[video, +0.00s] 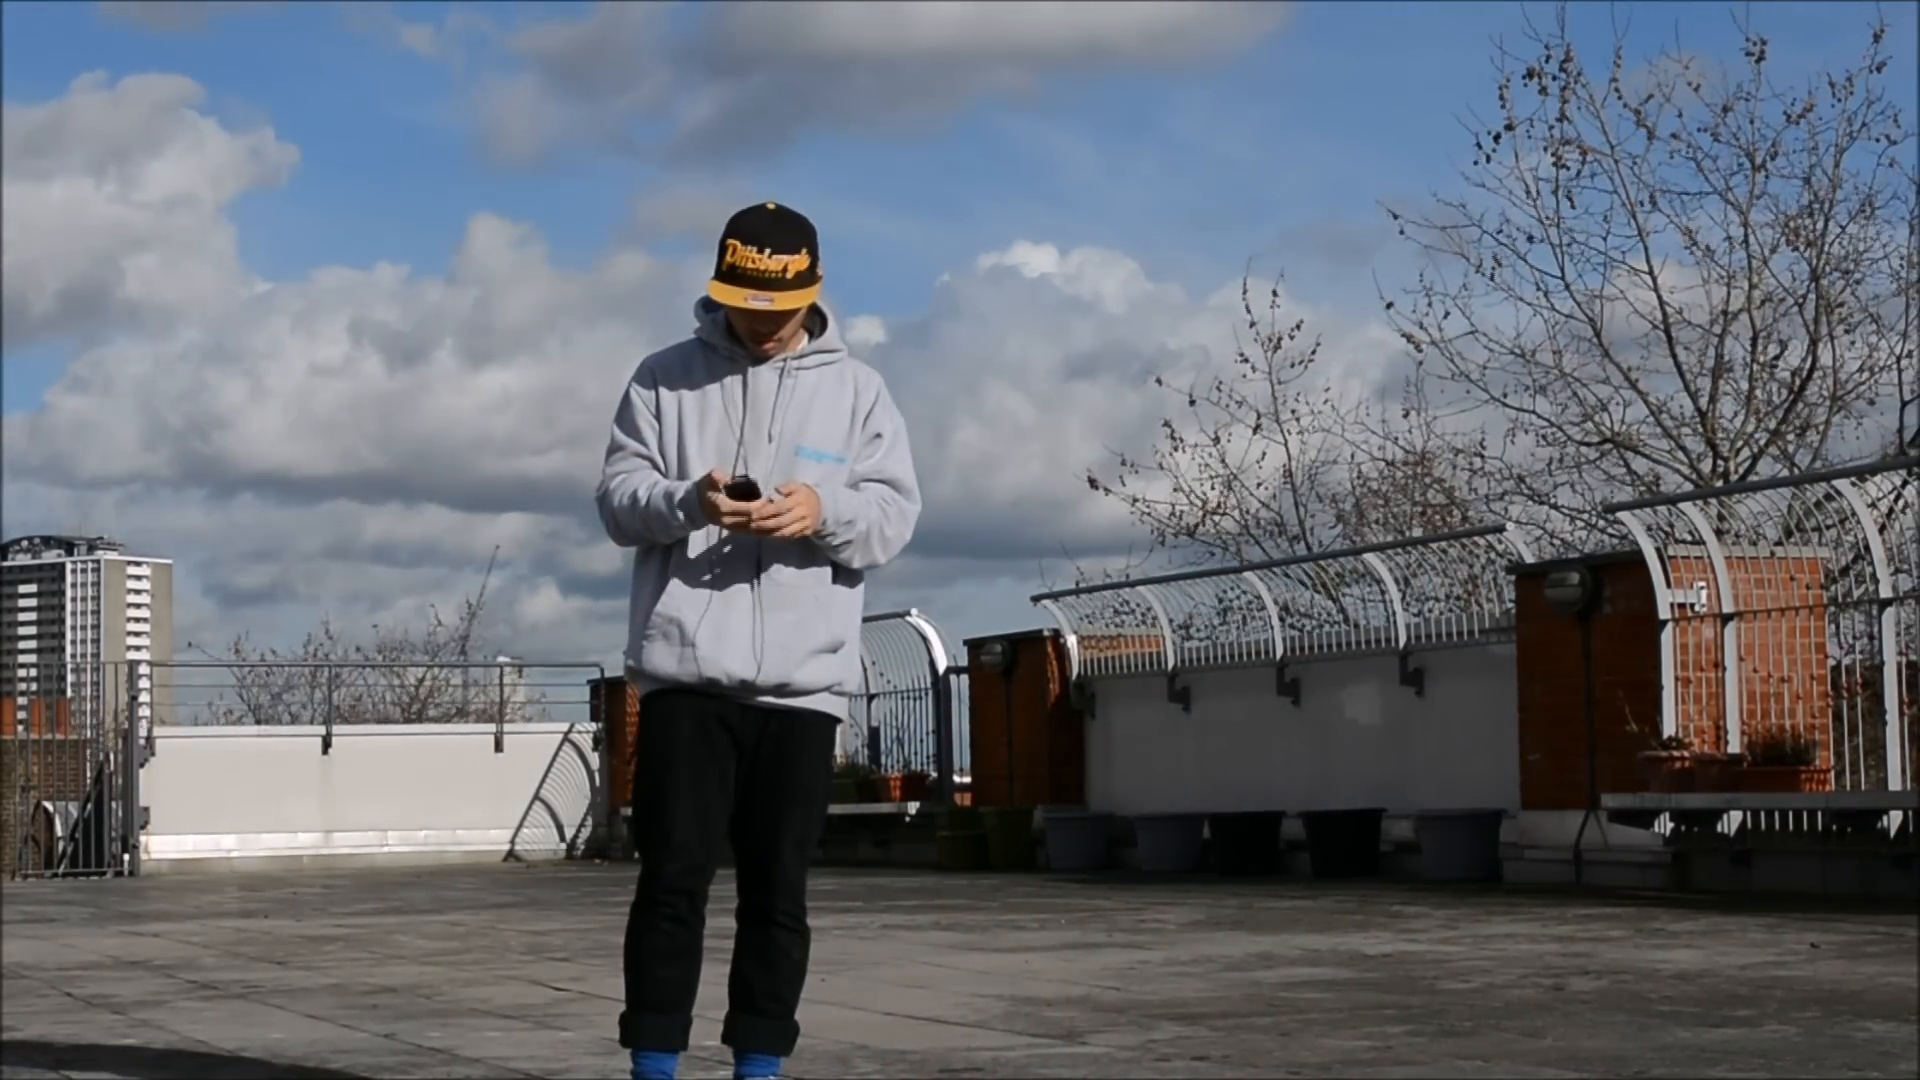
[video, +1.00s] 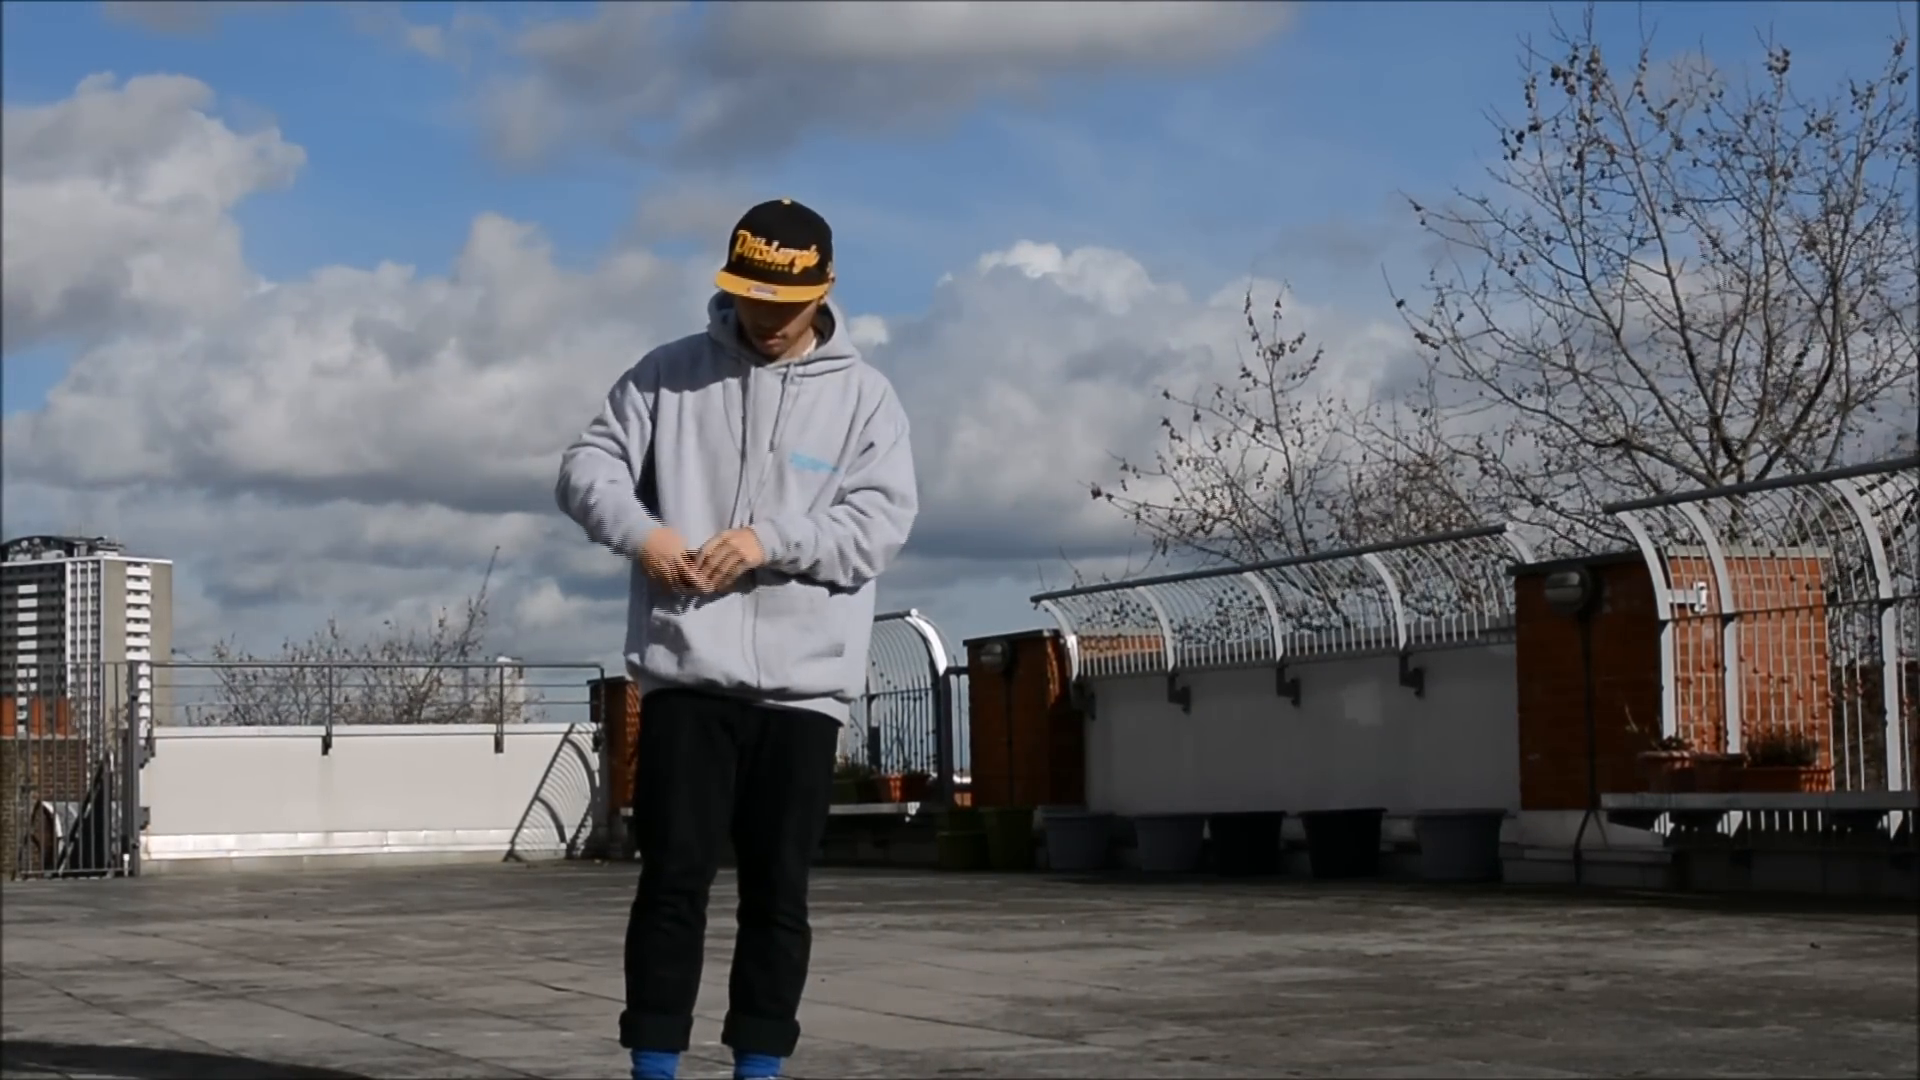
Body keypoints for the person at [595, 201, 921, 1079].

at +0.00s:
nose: (760, 320)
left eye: (779, 306)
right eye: (744, 303)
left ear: (812, 290)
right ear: (719, 287)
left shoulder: (858, 387)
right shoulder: (663, 379)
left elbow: (892, 512)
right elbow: (619, 498)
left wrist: (825, 510)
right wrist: (689, 502)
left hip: (802, 679)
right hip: (684, 674)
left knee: (779, 884)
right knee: (672, 876)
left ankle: (760, 1062)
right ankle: (653, 1061)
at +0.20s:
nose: (763, 321)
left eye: (781, 306)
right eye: (747, 304)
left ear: (814, 290)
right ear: (722, 288)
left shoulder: (860, 388)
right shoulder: (666, 379)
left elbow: (895, 513)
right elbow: (623, 499)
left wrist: (831, 523)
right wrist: (692, 514)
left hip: (804, 680)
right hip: (686, 674)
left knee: (780, 886)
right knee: (673, 877)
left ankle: (761, 1062)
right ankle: (654, 1061)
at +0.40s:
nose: (762, 318)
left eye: (781, 303)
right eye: (746, 301)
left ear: (816, 289)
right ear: (723, 287)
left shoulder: (862, 389)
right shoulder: (667, 379)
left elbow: (896, 517)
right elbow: (622, 498)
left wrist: (821, 529)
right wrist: (690, 518)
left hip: (805, 679)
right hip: (687, 673)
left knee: (780, 886)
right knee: (673, 877)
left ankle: (761, 1062)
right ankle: (654, 1061)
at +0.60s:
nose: (760, 320)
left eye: (780, 306)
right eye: (745, 303)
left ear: (817, 290)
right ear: (723, 287)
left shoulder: (863, 391)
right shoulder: (669, 378)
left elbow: (892, 516)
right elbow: (614, 490)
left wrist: (813, 535)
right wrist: (664, 509)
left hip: (803, 680)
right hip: (686, 675)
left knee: (779, 884)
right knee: (673, 876)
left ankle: (760, 1062)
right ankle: (654, 1061)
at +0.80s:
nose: (763, 322)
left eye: (782, 308)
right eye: (748, 305)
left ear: (819, 293)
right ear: (726, 287)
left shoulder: (864, 393)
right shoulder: (667, 377)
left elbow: (896, 518)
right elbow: (586, 476)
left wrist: (799, 542)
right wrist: (627, 481)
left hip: (803, 684)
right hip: (685, 676)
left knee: (778, 883)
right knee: (674, 876)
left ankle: (760, 1063)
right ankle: (654, 1061)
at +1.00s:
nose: (765, 317)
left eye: (786, 302)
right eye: (751, 298)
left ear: (823, 289)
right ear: (730, 282)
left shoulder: (866, 396)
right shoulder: (666, 375)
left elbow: (878, 523)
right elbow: (588, 465)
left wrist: (769, 543)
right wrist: (645, 534)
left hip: (805, 682)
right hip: (686, 673)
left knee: (778, 884)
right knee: (675, 875)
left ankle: (761, 1063)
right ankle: (654, 1061)